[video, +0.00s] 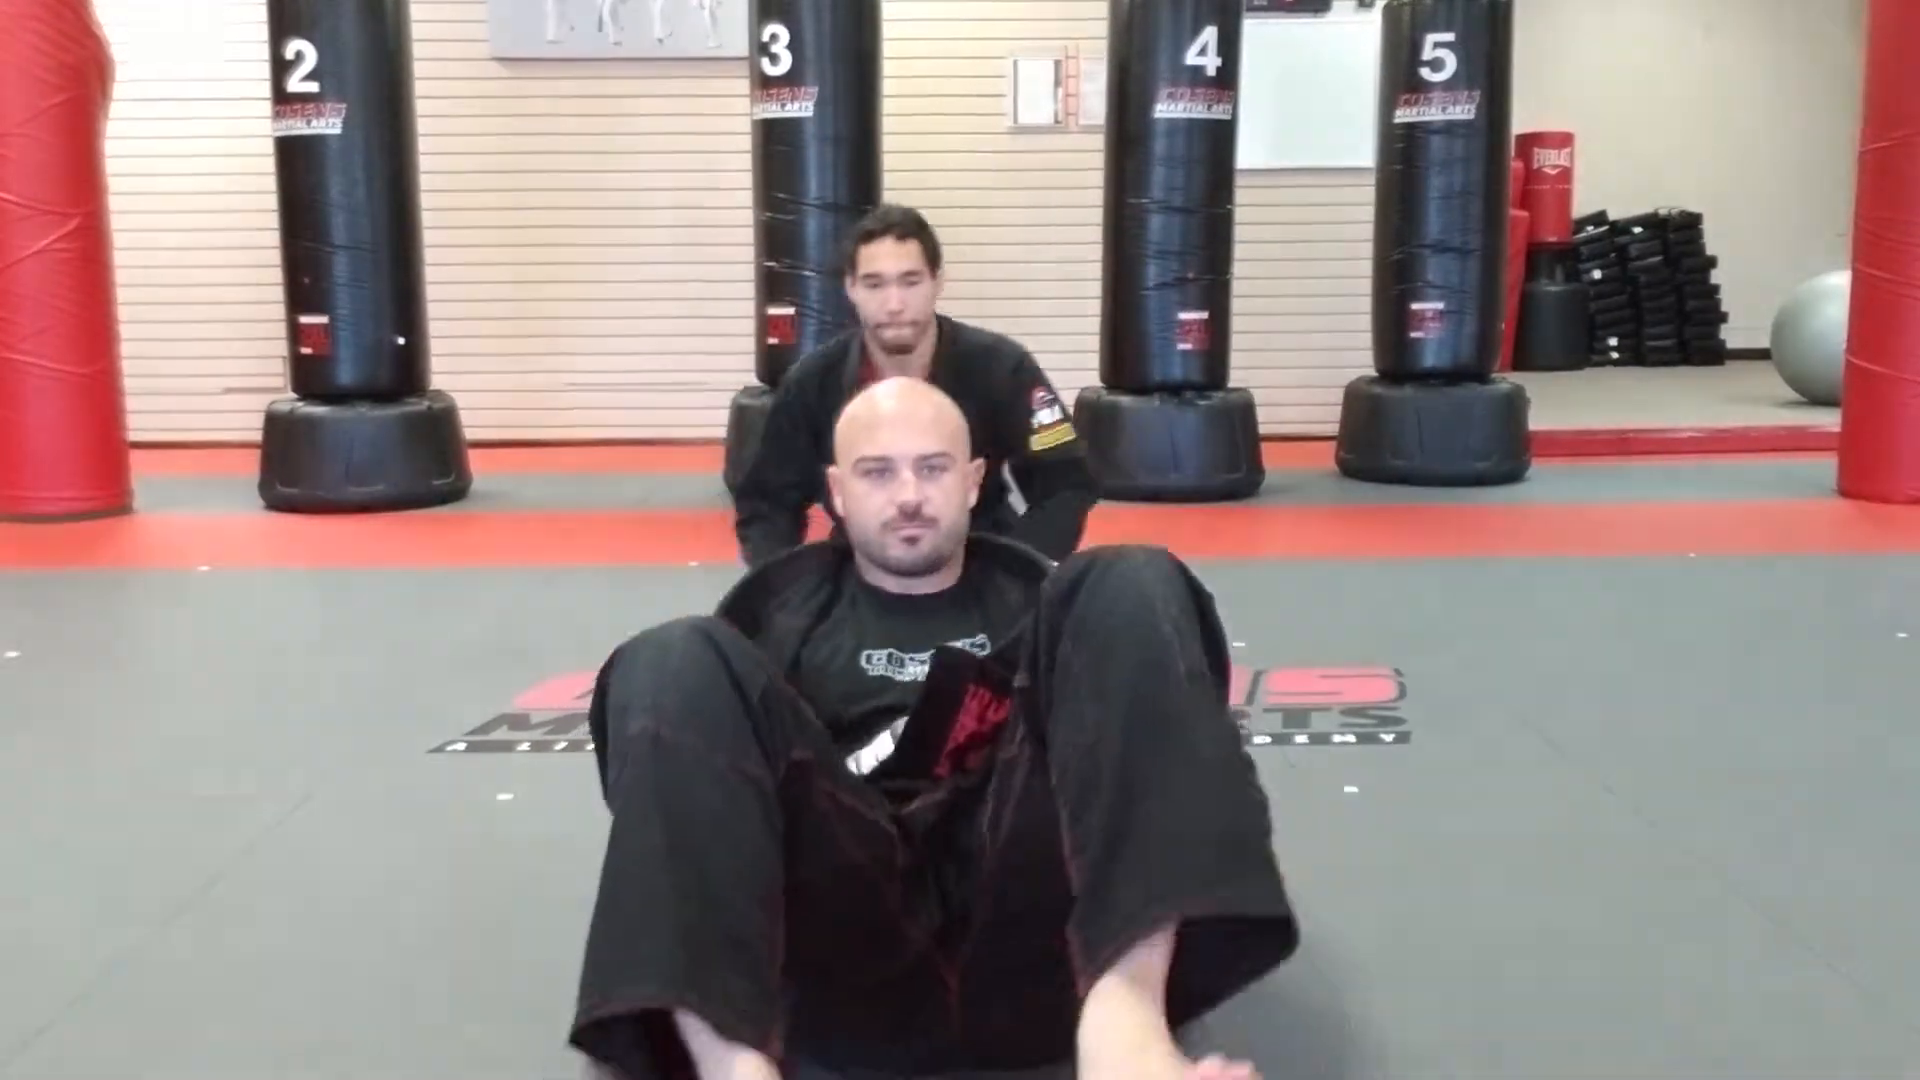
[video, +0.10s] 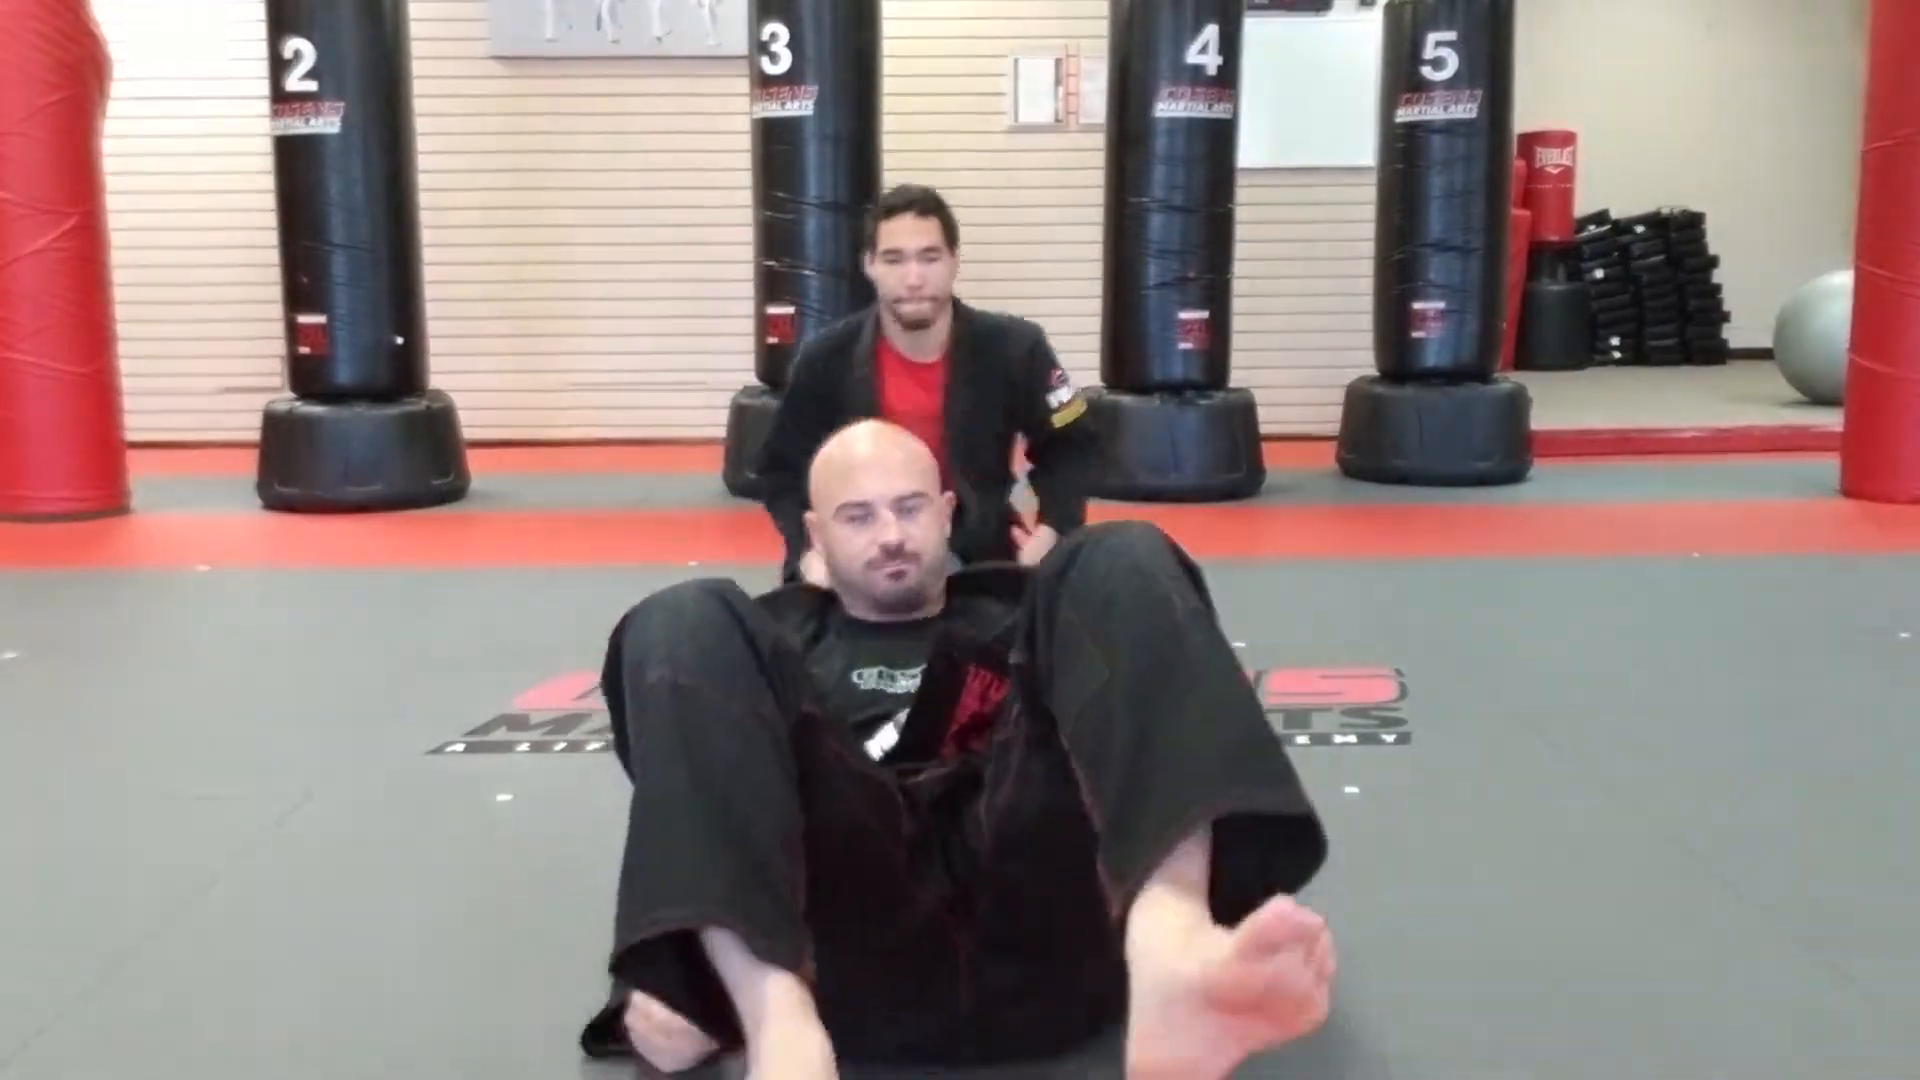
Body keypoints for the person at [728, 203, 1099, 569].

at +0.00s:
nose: (894, 303)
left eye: (910, 282)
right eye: (875, 284)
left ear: (937, 284)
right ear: (851, 290)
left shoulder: (1000, 369)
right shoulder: (814, 383)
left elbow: (1067, 486)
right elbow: (765, 502)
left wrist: (1011, 584)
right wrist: (788, 599)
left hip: (983, 586)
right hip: (856, 587)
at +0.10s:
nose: (913, 278)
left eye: (930, 258)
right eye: (894, 260)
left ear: (955, 264)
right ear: (869, 267)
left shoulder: (1013, 350)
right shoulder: (827, 360)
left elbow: (1068, 445)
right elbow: (781, 472)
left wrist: (1054, 528)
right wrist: (808, 552)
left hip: (983, 569)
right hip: (860, 573)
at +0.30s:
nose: (940, 258)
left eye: (957, 239)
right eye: (922, 240)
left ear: (980, 248)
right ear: (897, 248)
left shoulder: (1025, 332)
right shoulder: (846, 344)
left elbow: (1050, 423)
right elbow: (791, 454)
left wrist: (1055, 498)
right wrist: (832, 528)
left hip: (994, 534)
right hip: (886, 531)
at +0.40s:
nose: (943, 252)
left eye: (961, 234)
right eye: (925, 234)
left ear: (983, 244)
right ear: (902, 245)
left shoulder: (1029, 336)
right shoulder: (851, 342)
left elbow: (1054, 430)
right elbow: (797, 456)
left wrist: (1050, 495)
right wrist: (841, 518)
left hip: (1001, 532)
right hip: (891, 529)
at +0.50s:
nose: (943, 246)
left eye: (960, 228)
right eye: (925, 228)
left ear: (983, 240)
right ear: (901, 241)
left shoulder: (1028, 341)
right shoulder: (852, 338)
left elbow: (1055, 443)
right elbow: (804, 452)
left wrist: (1048, 518)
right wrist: (860, 518)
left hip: (994, 543)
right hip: (888, 544)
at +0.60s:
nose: (943, 241)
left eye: (960, 223)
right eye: (924, 223)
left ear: (983, 237)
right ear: (900, 238)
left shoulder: (1030, 340)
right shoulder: (851, 334)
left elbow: (1065, 459)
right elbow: (810, 451)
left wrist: (1040, 525)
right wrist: (868, 510)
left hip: (1002, 541)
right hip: (890, 546)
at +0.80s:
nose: (937, 246)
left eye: (953, 229)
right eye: (919, 230)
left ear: (976, 240)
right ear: (897, 242)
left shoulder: (1022, 339)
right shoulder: (850, 333)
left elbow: (1058, 430)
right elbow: (823, 435)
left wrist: (1042, 481)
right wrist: (858, 487)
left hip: (985, 535)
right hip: (880, 534)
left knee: (1065, 621)